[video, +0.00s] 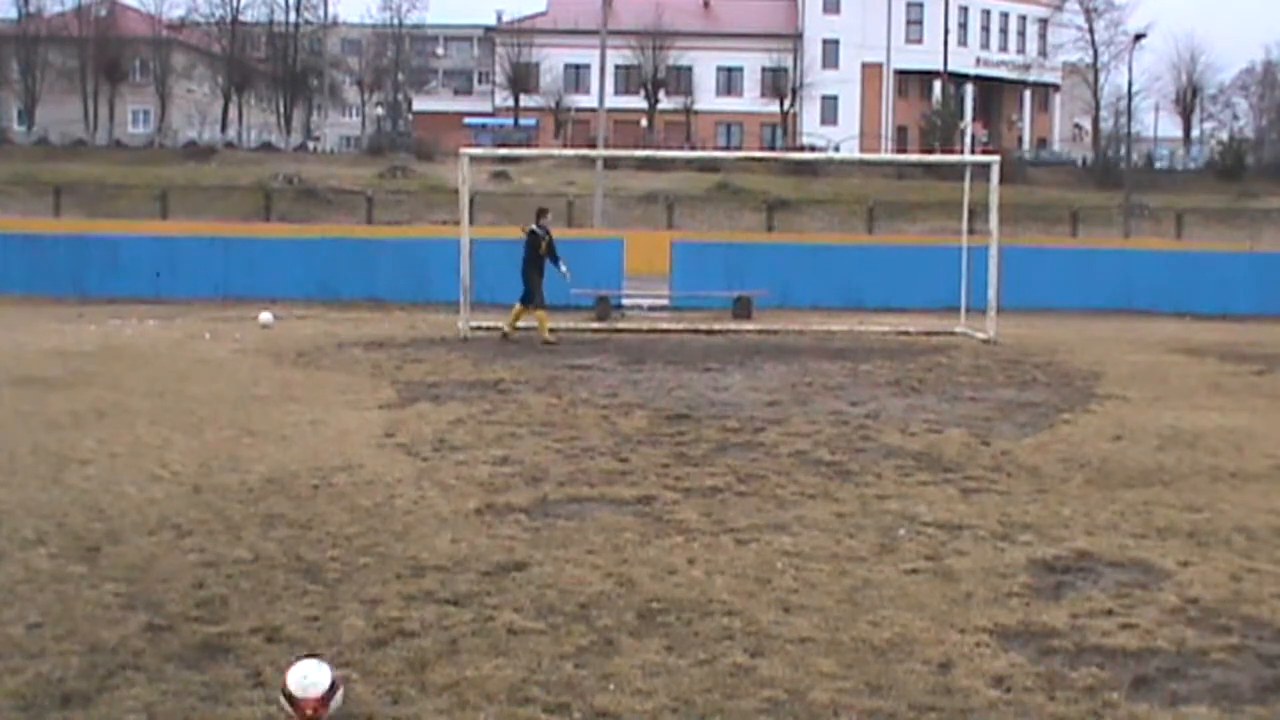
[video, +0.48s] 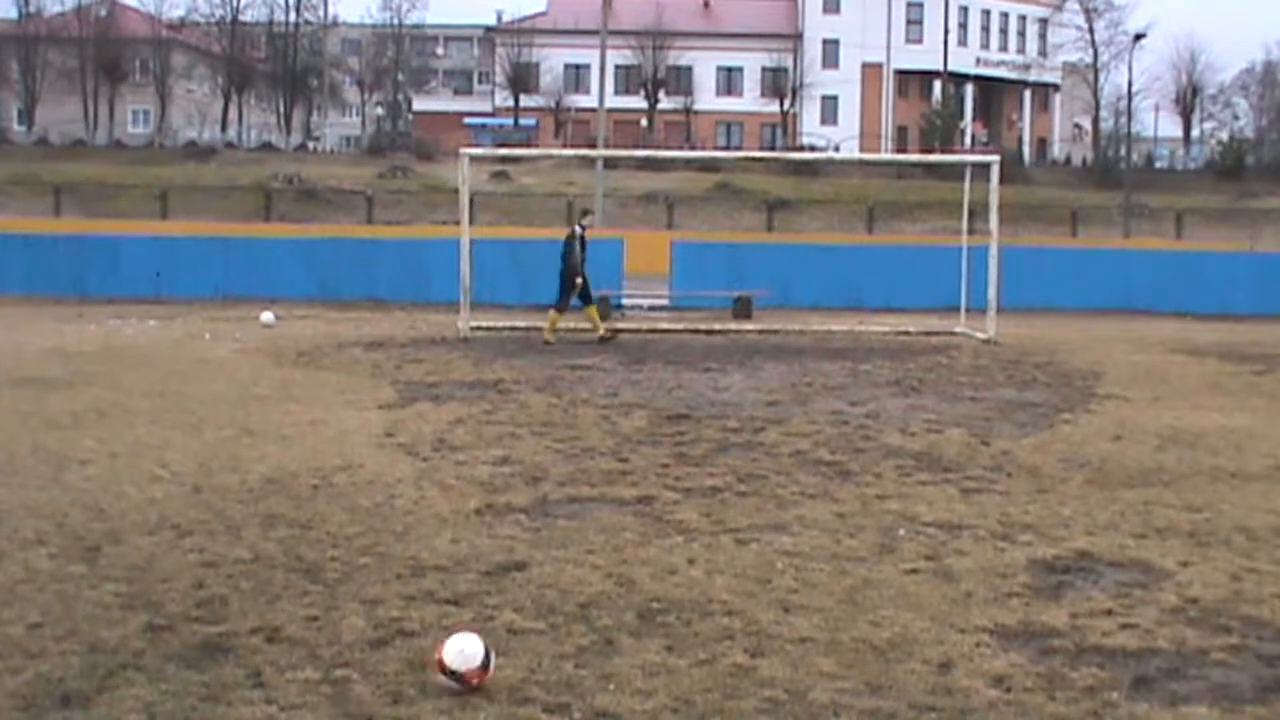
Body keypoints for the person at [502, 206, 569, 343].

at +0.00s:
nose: (548, 221)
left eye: (549, 219)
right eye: (547, 218)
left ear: (546, 219)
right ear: (541, 218)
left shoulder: (546, 234)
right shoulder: (533, 233)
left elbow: (552, 252)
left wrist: (560, 266)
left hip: (538, 270)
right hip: (530, 269)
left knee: (526, 301)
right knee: (538, 301)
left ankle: (508, 327)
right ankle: (545, 334)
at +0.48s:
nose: (591, 223)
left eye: (592, 220)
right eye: (589, 219)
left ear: (587, 220)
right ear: (583, 219)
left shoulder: (580, 234)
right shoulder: (575, 234)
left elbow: (577, 256)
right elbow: (575, 256)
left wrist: (580, 272)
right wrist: (577, 274)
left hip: (578, 273)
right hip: (570, 273)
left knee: (588, 302)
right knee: (562, 304)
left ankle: (600, 331)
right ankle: (548, 333)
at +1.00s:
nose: (628, 220)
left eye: (630, 217)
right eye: (625, 217)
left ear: (632, 219)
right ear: (621, 218)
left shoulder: (632, 235)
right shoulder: (616, 234)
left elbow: (638, 253)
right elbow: (612, 256)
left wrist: (647, 268)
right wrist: (621, 272)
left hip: (626, 272)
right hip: (617, 272)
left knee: (615, 303)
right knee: (629, 304)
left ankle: (605, 332)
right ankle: (642, 333)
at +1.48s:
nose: (664, 223)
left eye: (666, 220)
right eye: (661, 220)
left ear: (669, 222)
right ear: (656, 222)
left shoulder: (671, 237)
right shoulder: (649, 237)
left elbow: (673, 254)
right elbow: (635, 255)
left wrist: (675, 264)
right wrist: (643, 269)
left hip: (666, 272)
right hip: (652, 273)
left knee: (678, 302)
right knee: (655, 306)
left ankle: (678, 334)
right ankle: (651, 336)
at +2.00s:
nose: (694, 249)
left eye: (697, 246)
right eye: (692, 246)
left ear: (701, 247)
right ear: (688, 247)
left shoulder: (706, 258)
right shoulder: (682, 257)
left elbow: (719, 265)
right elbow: (667, 263)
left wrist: (714, 279)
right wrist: (674, 277)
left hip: (703, 284)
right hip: (685, 285)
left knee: (713, 310)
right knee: (675, 309)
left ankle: (712, 339)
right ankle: (681, 339)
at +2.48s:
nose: (702, 250)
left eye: (704, 247)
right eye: (699, 247)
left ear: (708, 249)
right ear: (695, 249)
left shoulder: (715, 264)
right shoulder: (689, 263)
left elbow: (721, 280)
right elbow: (676, 274)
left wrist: (719, 292)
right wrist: (683, 287)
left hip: (711, 287)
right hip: (693, 286)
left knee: (726, 309)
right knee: (679, 312)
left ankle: (737, 339)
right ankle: (673, 341)